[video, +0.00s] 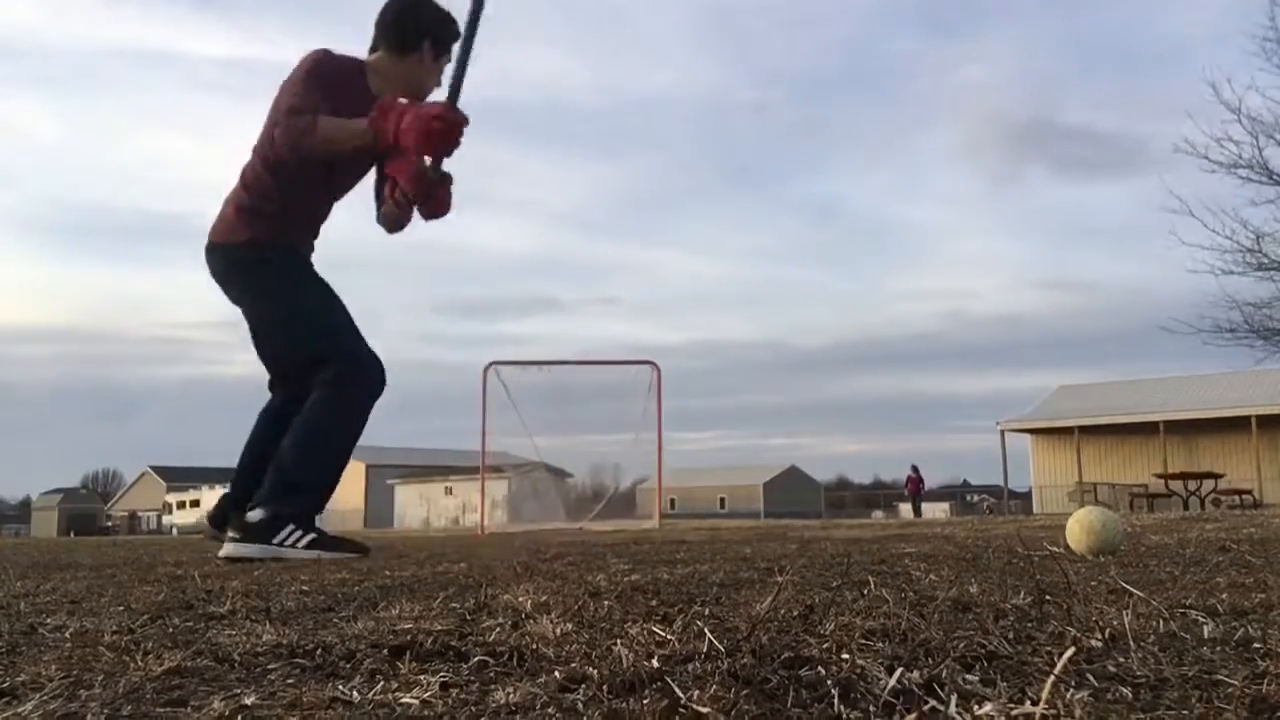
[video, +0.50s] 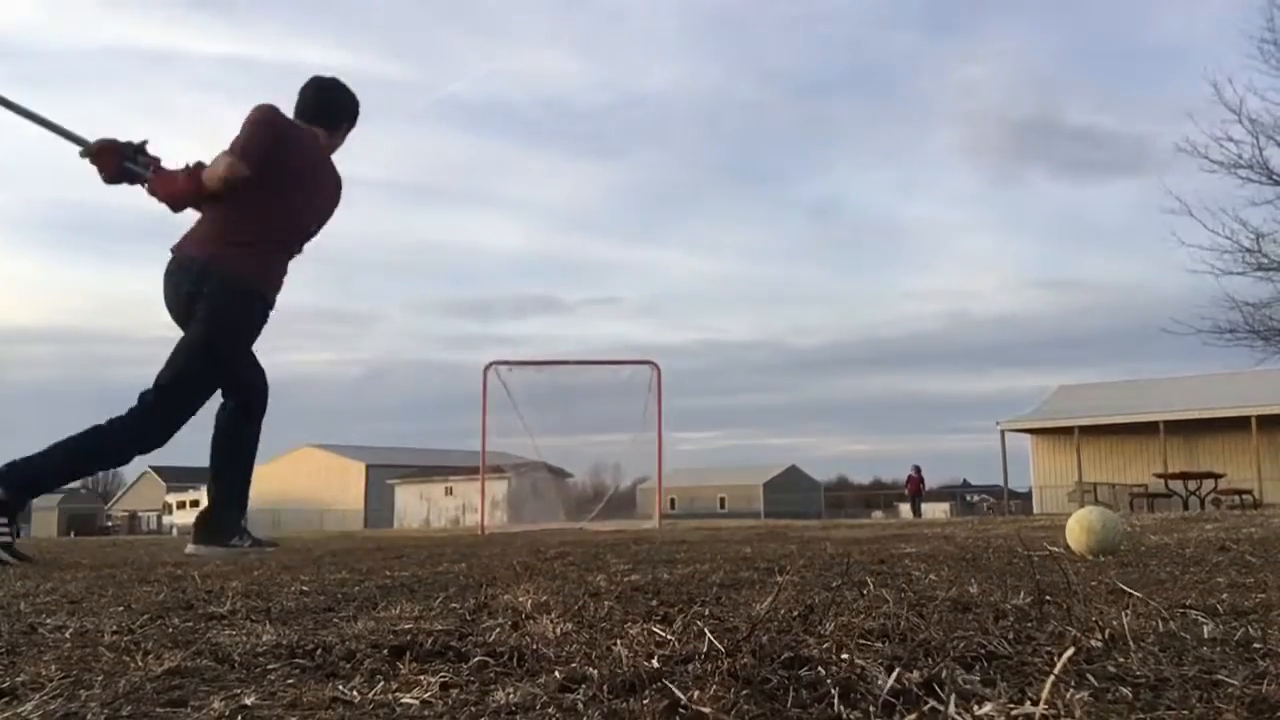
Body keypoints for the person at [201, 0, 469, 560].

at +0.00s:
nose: (438, 81)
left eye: (442, 67)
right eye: (439, 63)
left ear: (397, 47)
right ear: (418, 50)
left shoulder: (394, 115)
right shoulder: (325, 69)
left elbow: (391, 219)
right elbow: (293, 134)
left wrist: (409, 186)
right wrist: (386, 129)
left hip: (280, 253)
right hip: (253, 247)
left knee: (300, 383)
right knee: (357, 373)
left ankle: (239, 511)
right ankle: (275, 518)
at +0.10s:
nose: (410, 104)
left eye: (414, 91)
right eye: (408, 89)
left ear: (373, 80)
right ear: (379, 79)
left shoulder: (369, 143)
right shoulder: (309, 111)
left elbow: (391, 224)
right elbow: (305, 207)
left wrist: (425, 213)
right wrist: (382, 196)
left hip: (241, 271)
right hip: (239, 267)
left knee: (283, 390)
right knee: (325, 395)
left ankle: (230, 512)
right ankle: (284, 490)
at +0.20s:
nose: (385, 115)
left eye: (389, 104)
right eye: (386, 102)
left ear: (336, 86)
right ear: (365, 96)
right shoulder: (337, 161)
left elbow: (327, 202)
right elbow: (344, 261)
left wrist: (394, 222)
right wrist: (409, 256)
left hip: (183, 270)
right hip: (244, 279)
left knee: (249, 396)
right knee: (289, 425)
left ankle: (230, 523)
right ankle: (227, 452)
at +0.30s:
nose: (385, 136)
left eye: (389, 126)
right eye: (388, 126)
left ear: (340, 97)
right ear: (379, 120)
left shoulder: (281, 106)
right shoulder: (359, 184)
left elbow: (212, 156)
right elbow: (323, 238)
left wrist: (278, 207)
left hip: (177, 267)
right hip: (239, 287)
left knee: (233, 400)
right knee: (225, 425)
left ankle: (223, 523)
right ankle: (109, 448)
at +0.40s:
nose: (372, 146)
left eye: (374, 137)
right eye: (376, 137)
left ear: (330, 108)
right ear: (369, 132)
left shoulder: (285, 116)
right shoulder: (348, 193)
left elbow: (214, 152)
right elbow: (257, 201)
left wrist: (195, 176)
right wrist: (173, 177)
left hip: (181, 274)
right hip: (237, 294)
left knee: (254, 385)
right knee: (164, 432)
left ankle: (224, 524)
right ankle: (17, 499)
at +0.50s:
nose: (343, 140)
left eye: (345, 132)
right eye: (347, 132)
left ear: (302, 107)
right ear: (342, 129)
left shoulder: (269, 120)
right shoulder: (329, 185)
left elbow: (229, 171)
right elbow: (233, 203)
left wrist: (146, 173)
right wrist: (147, 170)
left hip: (183, 278)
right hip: (240, 299)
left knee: (249, 389)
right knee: (151, 424)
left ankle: (222, 527)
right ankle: (10, 488)